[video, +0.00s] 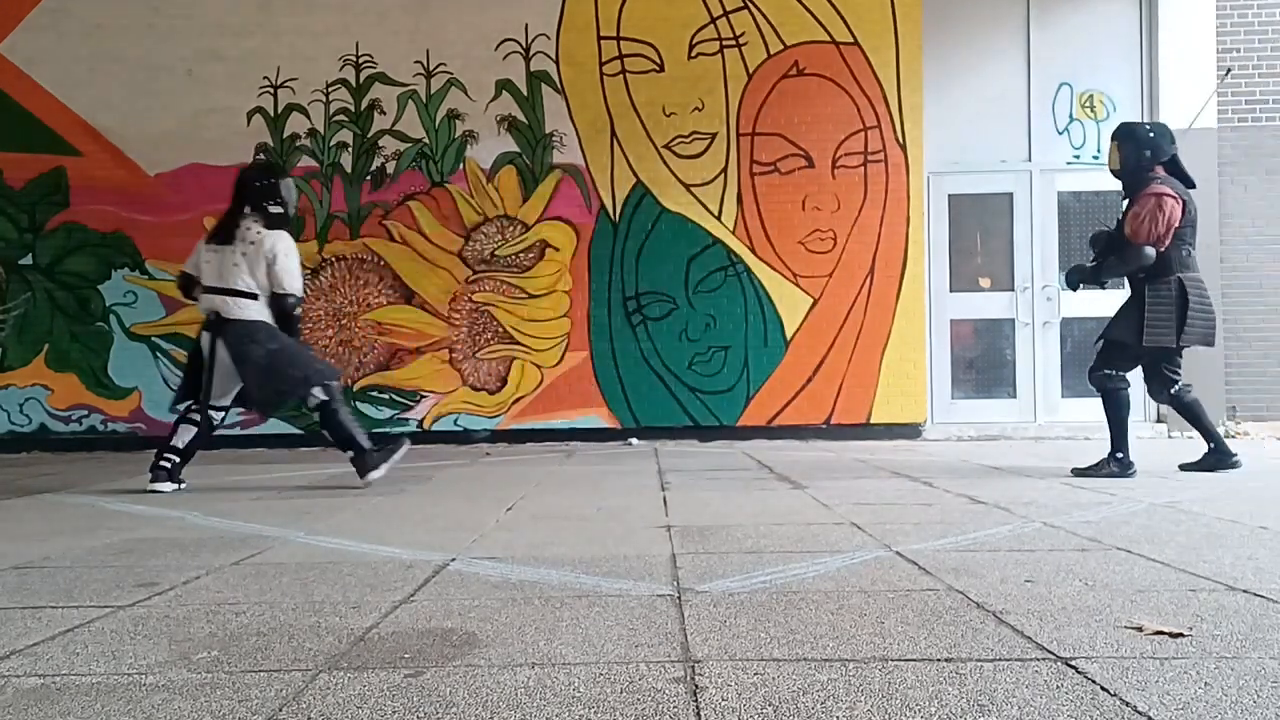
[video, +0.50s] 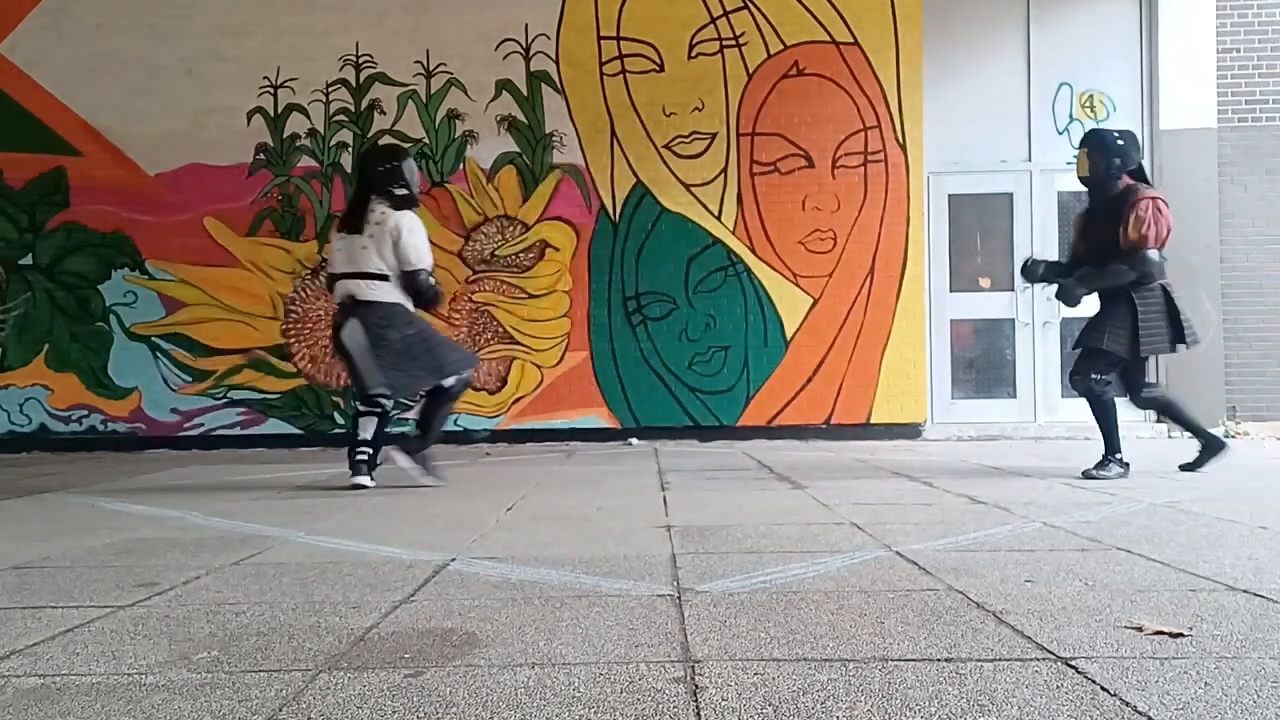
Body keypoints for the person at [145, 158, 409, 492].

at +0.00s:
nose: (291, 199)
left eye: (288, 190)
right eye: (285, 191)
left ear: (244, 196)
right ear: (271, 197)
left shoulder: (217, 233)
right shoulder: (277, 239)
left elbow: (186, 282)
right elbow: (285, 305)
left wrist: (218, 302)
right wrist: (293, 351)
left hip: (214, 335)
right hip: (257, 338)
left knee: (205, 406)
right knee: (320, 384)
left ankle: (164, 469)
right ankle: (365, 456)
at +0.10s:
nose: (317, 198)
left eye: (315, 190)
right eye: (311, 191)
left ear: (267, 198)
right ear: (296, 198)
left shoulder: (245, 237)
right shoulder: (300, 239)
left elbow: (218, 287)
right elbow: (310, 301)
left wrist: (252, 306)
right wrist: (325, 332)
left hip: (244, 338)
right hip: (284, 339)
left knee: (222, 407)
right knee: (348, 381)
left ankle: (167, 468)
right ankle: (377, 461)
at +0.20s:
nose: (346, 191)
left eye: (341, 183)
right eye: (339, 184)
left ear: (298, 193)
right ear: (326, 192)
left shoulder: (278, 233)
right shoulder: (331, 233)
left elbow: (260, 290)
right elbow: (343, 294)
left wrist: (302, 291)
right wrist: (363, 309)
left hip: (281, 332)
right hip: (321, 333)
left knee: (243, 405)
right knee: (384, 379)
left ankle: (183, 464)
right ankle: (389, 465)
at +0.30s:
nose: (374, 185)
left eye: (371, 178)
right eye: (368, 178)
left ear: (326, 186)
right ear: (355, 185)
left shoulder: (305, 227)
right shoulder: (363, 226)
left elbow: (297, 290)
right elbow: (378, 288)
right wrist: (402, 291)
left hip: (308, 328)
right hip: (349, 329)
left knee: (294, 396)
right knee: (410, 386)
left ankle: (253, 452)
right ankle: (391, 465)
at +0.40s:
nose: (396, 180)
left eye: (393, 172)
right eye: (391, 173)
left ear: (347, 181)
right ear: (380, 179)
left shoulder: (330, 220)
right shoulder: (385, 219)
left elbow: (321, 279)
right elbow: (400, 282)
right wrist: (416, 288)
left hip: (329, 322)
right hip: (369, 321)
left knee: (341, 388)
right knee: (423, 384)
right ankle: (393, 463)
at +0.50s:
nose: (416, 179)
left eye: (412, 170)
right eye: (409, 171)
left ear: (365, 178)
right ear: (395, 178)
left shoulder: (344, 220)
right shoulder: (402, 219)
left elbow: (333, 281)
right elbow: (418, 284)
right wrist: (434, 295)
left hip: (346, 318)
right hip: (388, 317)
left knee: (375, 391)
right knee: (458, 370)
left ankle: (361, 467)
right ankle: (417, 447)